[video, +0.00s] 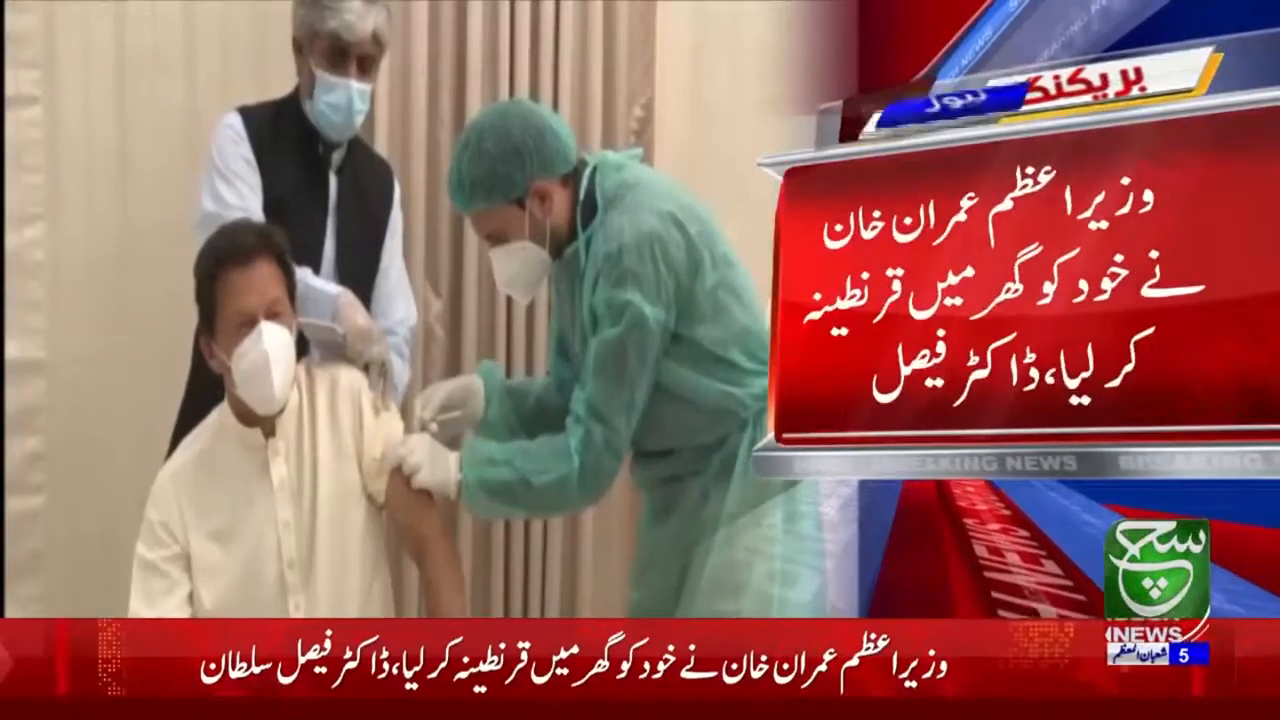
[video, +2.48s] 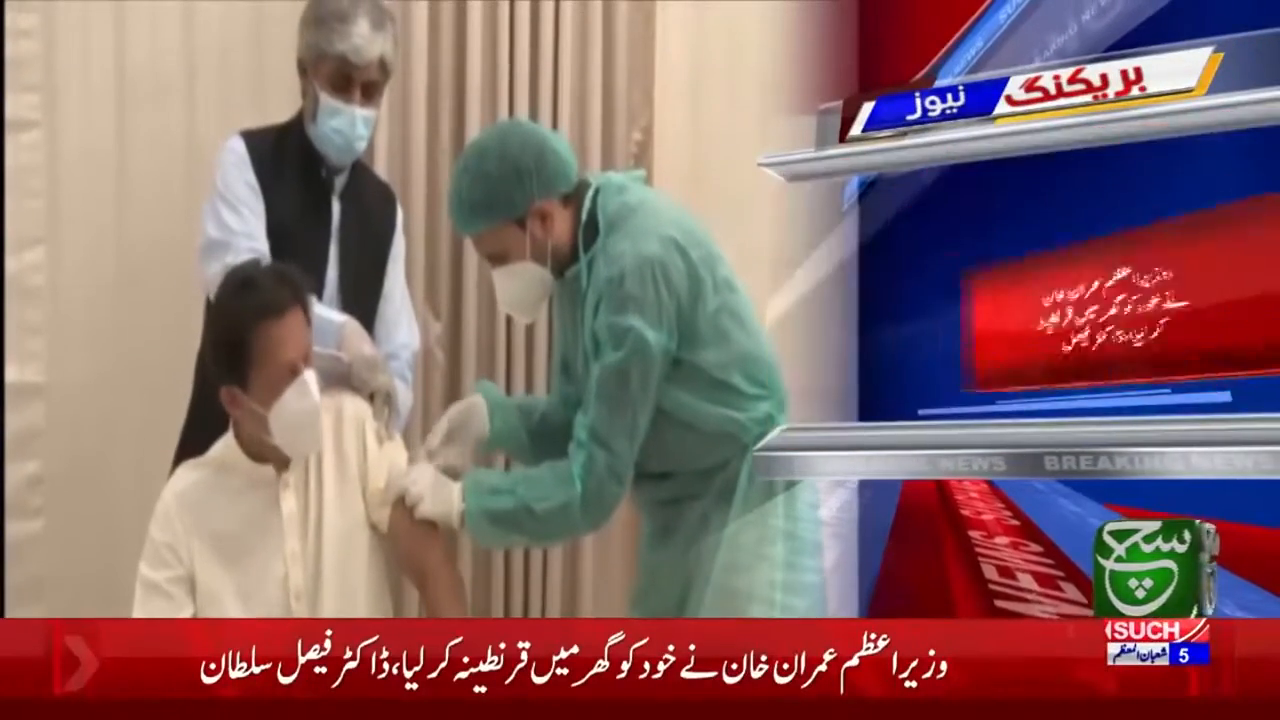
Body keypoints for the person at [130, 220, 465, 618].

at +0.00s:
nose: (266, 337)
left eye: (275, 316)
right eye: (245, 325)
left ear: (295, 319)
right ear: (212, 351)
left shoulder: (345, 397)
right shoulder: (180, 485)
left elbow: (430, 539)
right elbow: (159, 641)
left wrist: (453, 650)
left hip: (364, 675)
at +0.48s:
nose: (267, 339)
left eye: (276, 318)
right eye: (245, 327)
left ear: (295, 320)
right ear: (212, 353)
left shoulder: (345, 399)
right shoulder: (180, 485)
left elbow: (428, 537)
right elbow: (159, 640)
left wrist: (454, 645)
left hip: (364, 675)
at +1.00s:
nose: (268, 344)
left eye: (276, 323)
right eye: (247, 331)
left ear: (295, 326)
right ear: (212, 357)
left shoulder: (345, 400)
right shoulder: (180, 487)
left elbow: (421, 530)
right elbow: (157, 624)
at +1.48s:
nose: (268, 378)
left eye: (279, 357)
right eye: (249, 364)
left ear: (299, 343)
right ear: (211, 364)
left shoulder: (346, 410)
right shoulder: (182, 488)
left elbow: (429, 547)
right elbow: (158, 637)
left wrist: (452, 652)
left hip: (360, 672)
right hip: (241, 683)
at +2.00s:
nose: (272, 402)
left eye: (282, 380)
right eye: (252, 390)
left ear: (302, 363)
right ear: (212, 380)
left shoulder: (347, 423)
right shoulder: (185, 495)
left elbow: (427, 559)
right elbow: (157, 635)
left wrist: (458, 655)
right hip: (240, 684)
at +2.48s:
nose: (312, 387)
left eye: (309, 365)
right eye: (291, 377)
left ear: (314, 352)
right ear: (235, 402)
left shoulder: (350, 426)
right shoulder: (186, 501)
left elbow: (430, 560)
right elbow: (157, 647)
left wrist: (459, 666)